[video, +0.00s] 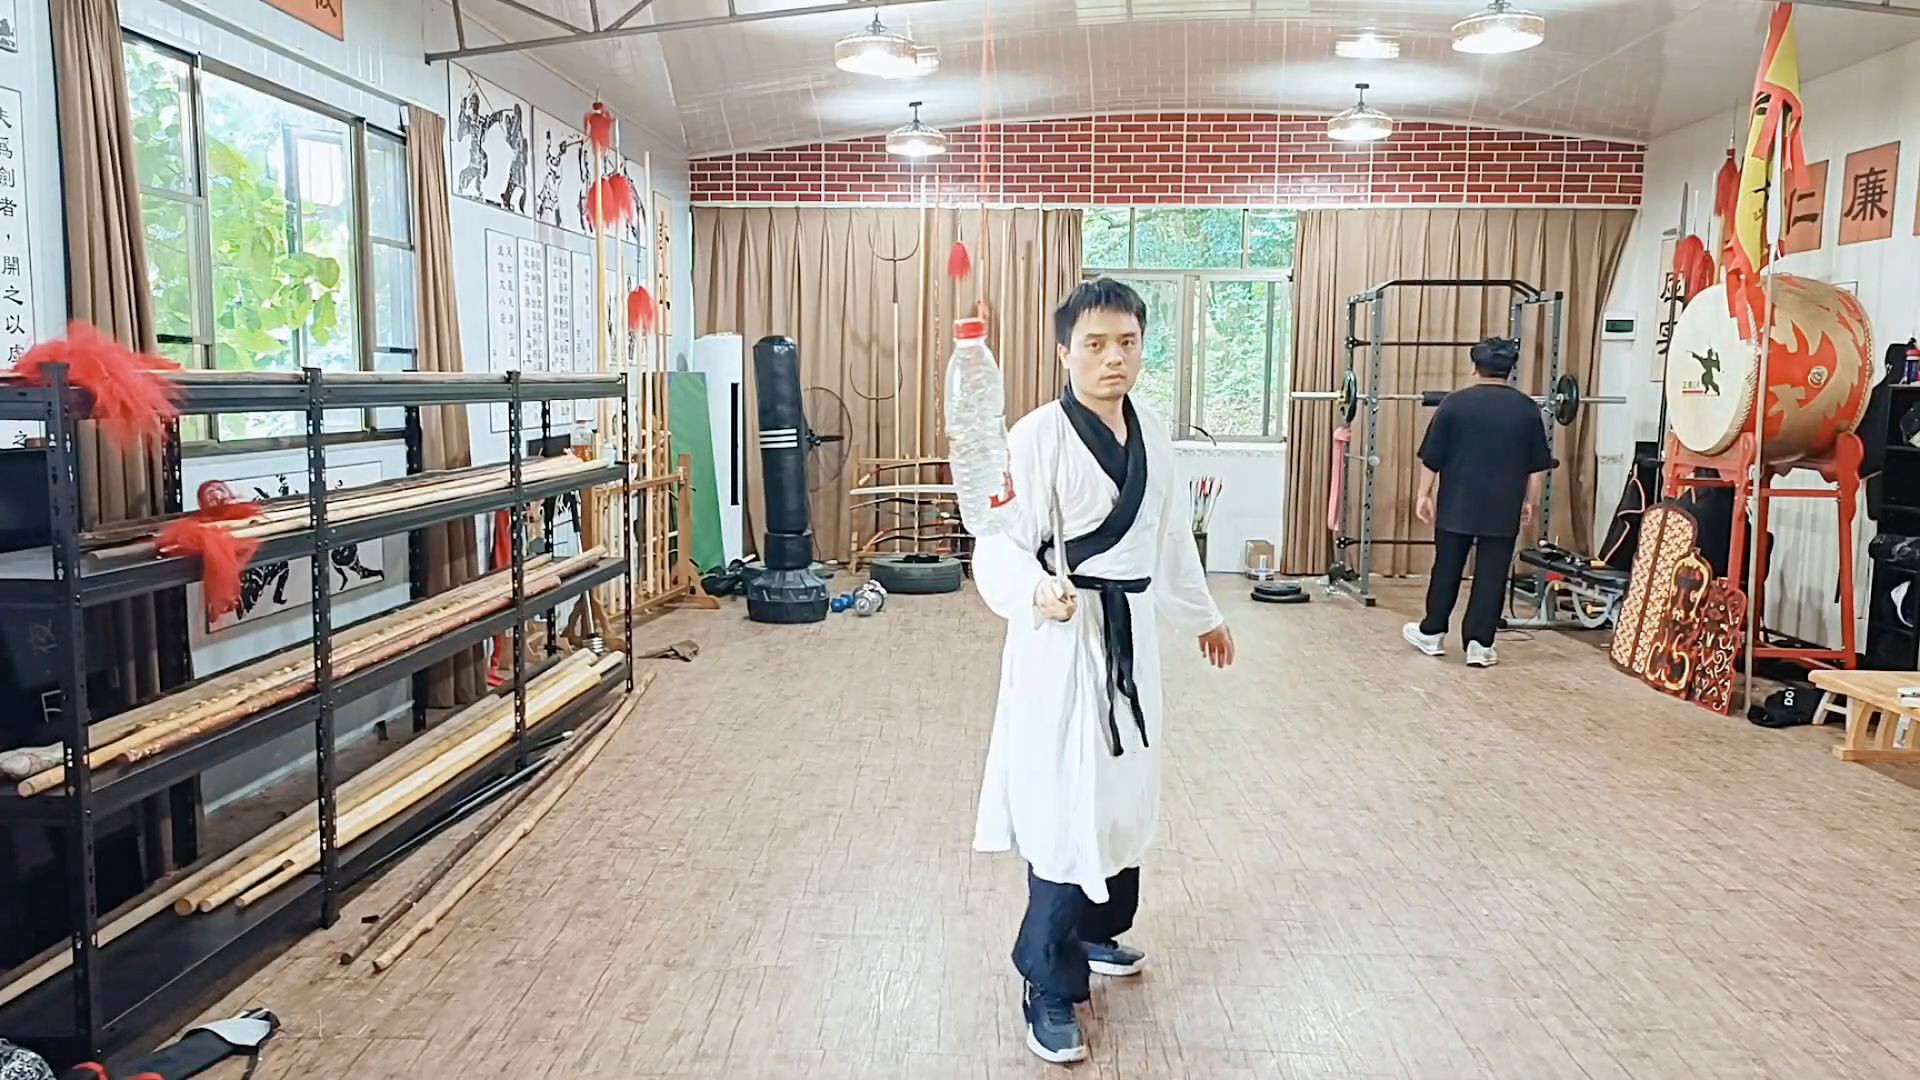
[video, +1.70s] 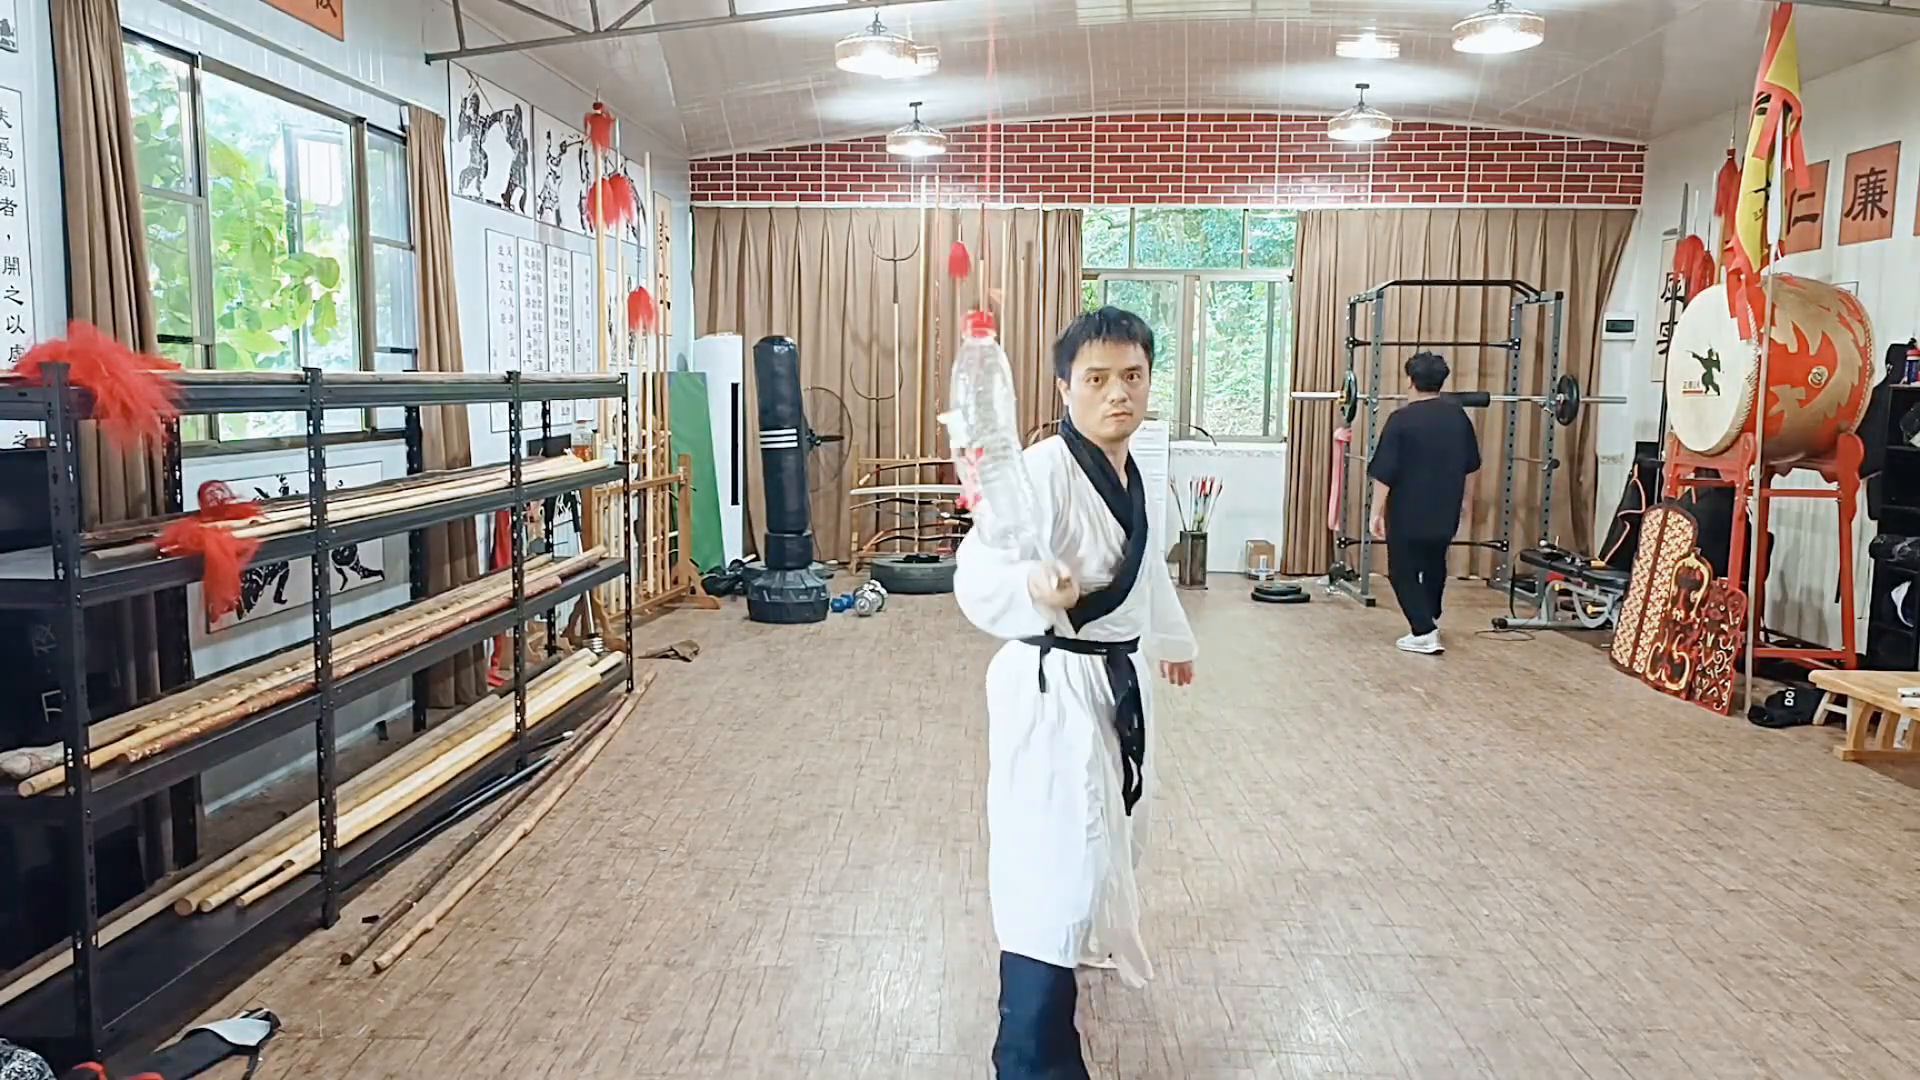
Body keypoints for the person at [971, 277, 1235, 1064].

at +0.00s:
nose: (1114, 357)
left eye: (1126, 342)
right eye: (1096, 343)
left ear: (1142, 348)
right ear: (1064, 351)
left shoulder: (1152, 427)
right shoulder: (1037, 436)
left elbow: (1174, 534)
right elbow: (997, 544)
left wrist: (1204, 614)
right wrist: (1035, 591)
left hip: (1135, 629)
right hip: (1063, 636)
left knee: (1125, 786)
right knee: (1063, 805)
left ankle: (1093, 929)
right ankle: (1047, 985)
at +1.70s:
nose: (1120, 392)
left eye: (1134, 376)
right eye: (1099, 377)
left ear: (1150, 386)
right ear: (1064, 388)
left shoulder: (1133, 469)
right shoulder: (1039, 472)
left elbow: (1143, 566)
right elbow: (974, 574)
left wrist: (1173, 639)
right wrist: (1033, 586)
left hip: (1111, 680)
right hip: (1049, 686)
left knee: (1082, 858)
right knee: (1049, 877)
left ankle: (1051, 1033)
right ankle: (1036, 1058)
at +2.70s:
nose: (1127, 337)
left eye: (1137, 324)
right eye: (1108, 324)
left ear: (1149, 340)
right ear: (1071, 339)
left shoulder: (1138, 429)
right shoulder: (1035, 435)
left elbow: (1136, 534)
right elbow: (997, 555)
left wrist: (1182, 583)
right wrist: (1029, 635)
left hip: (1116, 636)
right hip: (1054, 646)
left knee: (1127, 786)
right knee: (1073, 806)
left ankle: (1078, 924)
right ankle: (1023, 967)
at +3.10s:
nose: (1098, 376)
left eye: (1109, 362)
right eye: (1080, 364)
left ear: (1122, 373)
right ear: (1051, 377)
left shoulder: (1111, 451)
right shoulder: (1035, 459)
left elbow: (1120, 547)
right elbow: (1005, 558)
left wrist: (1172, 594)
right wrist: (1059, 600)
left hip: (1104, 676)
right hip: (1045, 681)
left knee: (1087, 814)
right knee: (1056, 830)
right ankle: (1034, 980)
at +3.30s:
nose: (1131, 408)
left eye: (1142, 391)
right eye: (1108, 392)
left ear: (1155, 403)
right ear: (1064, 409)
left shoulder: (1147, 487)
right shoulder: (1029, 514)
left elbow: (1180, 567)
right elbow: (982, 653)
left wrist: (1233, 617)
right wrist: (1048, 644)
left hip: (1125, 718)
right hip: (1048, 733)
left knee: (1101, 890)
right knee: (1057, 966)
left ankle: (1059, 1028)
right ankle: (1014, 1061)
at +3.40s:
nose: (1144, 392)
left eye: (1153, 375)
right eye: (1119, 377)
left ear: (1162, 387)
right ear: (1072, 399)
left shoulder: (1135, 485)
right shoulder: (1048, 493)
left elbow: (1147, 574)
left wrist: (1182, 609)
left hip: (1117, 718)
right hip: (1059, 730)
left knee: (1093, 938)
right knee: (1070, 964)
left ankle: (1050, 1060)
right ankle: (1027, 1067)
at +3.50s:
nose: (1142, 403)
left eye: (1149, 384)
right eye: (1118, 386)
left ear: (1158, 392)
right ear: (1065, 405)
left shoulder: (1112, 483)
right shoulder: (1064, 490)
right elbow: (1146, 510)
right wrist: (1213, 507)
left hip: (1105, 713)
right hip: (1053, 728)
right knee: (1068, 976)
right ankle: (1030, 1065)